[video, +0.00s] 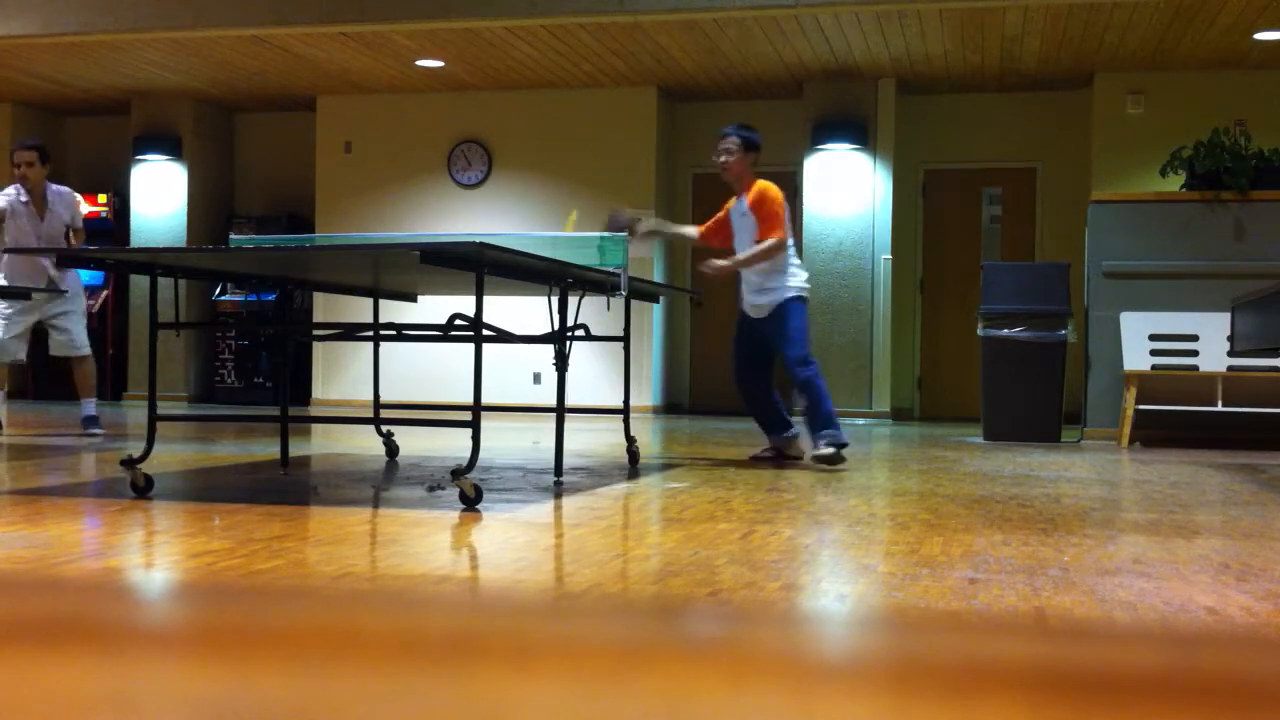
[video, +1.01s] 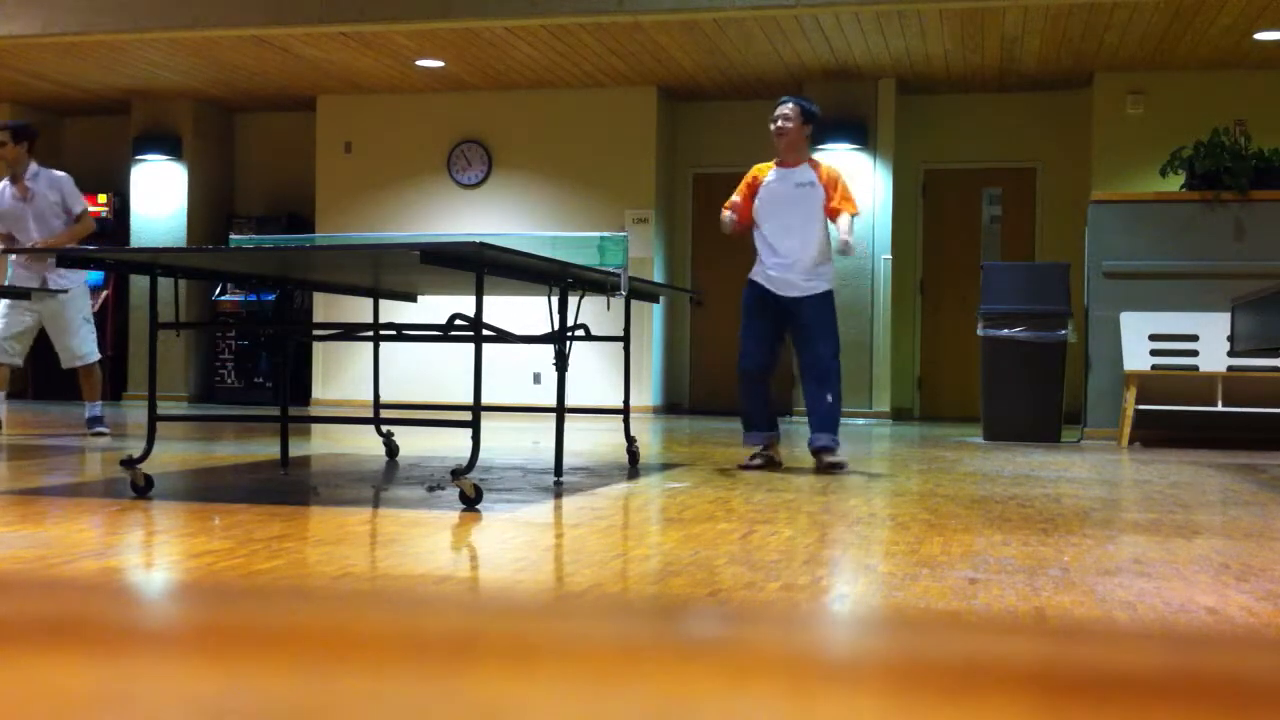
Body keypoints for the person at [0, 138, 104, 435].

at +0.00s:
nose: (22, 171)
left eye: (28, 165)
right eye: (17, 166)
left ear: (45, 167)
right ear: (13, 169)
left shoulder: (66, 198)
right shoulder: (7, 201)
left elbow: (78, 232)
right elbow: (0, 230)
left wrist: (73, 250)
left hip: (63, 287)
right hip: (15, 289)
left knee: (80, 349)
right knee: (2, 350)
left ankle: (89, 414)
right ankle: (0, 413)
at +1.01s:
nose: (1, 151)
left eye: (4, 145)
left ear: (23, 146)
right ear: (6, 149)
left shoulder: (58, 181)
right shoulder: (3, 191)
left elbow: (88, 224)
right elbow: (6, 240)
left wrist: (53, 243)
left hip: (65, 284)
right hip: (20, 284)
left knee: (85, 353)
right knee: (2, 352)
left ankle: (94, 416)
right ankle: (0, 416)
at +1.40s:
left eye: (0, 132)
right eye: (0, 133)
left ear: (5, 135)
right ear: (5, 136)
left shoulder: (29, 171)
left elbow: (58, 213)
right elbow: (54, 213)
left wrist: (19, 234)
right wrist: (20, 236)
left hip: (37, 274)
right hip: (4, 276)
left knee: (59, 346)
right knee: (1, 356)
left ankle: (76, 408)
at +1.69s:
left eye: (0, 126)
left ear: (12, 132)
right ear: (9, 132)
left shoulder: (37, 173)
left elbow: (57, 218)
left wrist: (15, 224)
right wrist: (16, 229)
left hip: (28, 274)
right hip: (1, 273)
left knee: (43, 347)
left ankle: (60, 411)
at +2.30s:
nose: (44, 134)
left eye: (53, 130)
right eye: (44, 128)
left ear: (71, 140)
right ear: (40, 135)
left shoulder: (82, 186)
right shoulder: (22, 169)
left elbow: (92, 235)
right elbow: (7, 213)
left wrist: (57, 219)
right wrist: (3, 251)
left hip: (57, 277)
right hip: (15, 272)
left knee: (64, 352)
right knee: (8, 352)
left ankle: (62, 417)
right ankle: (1, 414)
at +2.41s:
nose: (48, 136)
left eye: (58, 132)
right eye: (49, 130)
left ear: (76, 142)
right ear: (48, 136)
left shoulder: (85, 186)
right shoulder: (26, 169)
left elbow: (91, 235)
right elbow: (10, 214)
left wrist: (61, 207)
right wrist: (3, 253)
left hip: (59, 277)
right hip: (17, 271)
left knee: (65, 352)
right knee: (9, 350)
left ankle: (62, 417)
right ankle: (3, 415)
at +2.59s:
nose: (46, 137)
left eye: (55, 133)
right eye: (46, 131)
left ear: (74, 142)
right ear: (45, 137)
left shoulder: (85, 186)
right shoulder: (27, 169)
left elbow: (88, 236)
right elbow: (13, 214)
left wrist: (59, 205)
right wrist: (3, 255)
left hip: (60, 278)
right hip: (18, 273)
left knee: (65, 354)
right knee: (9, 350)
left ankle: (62, 417)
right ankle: (0, 413)